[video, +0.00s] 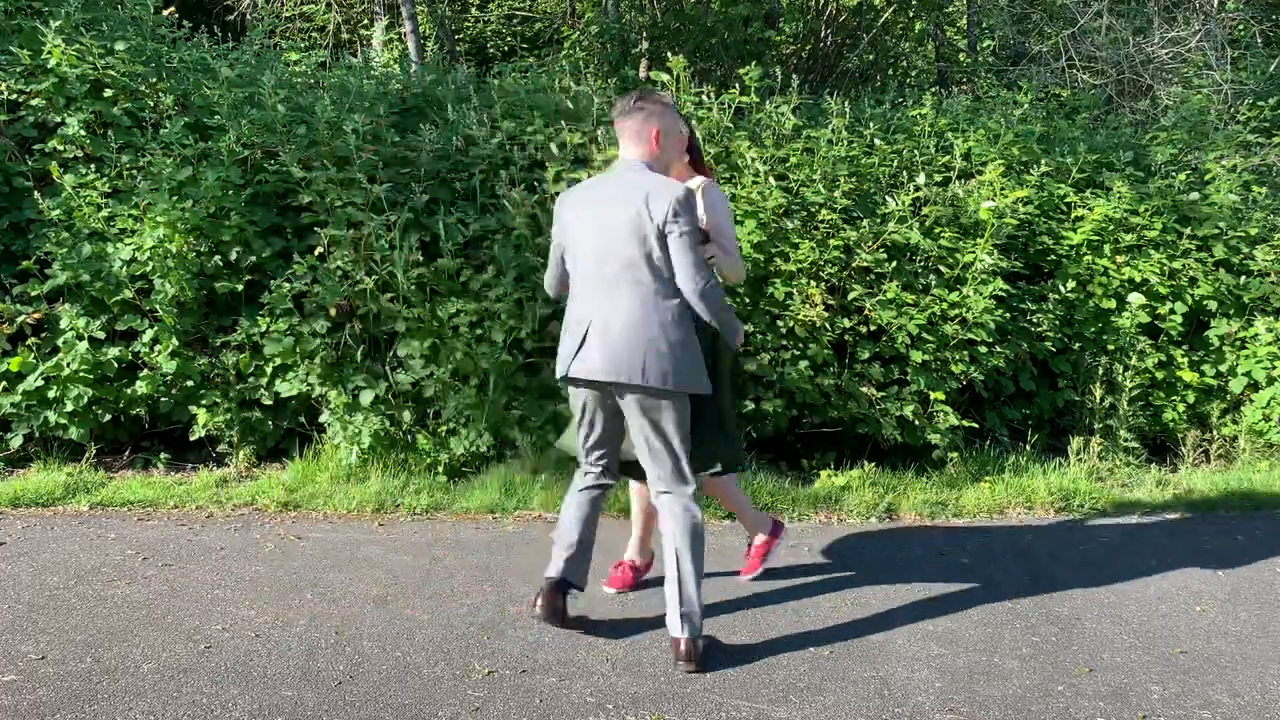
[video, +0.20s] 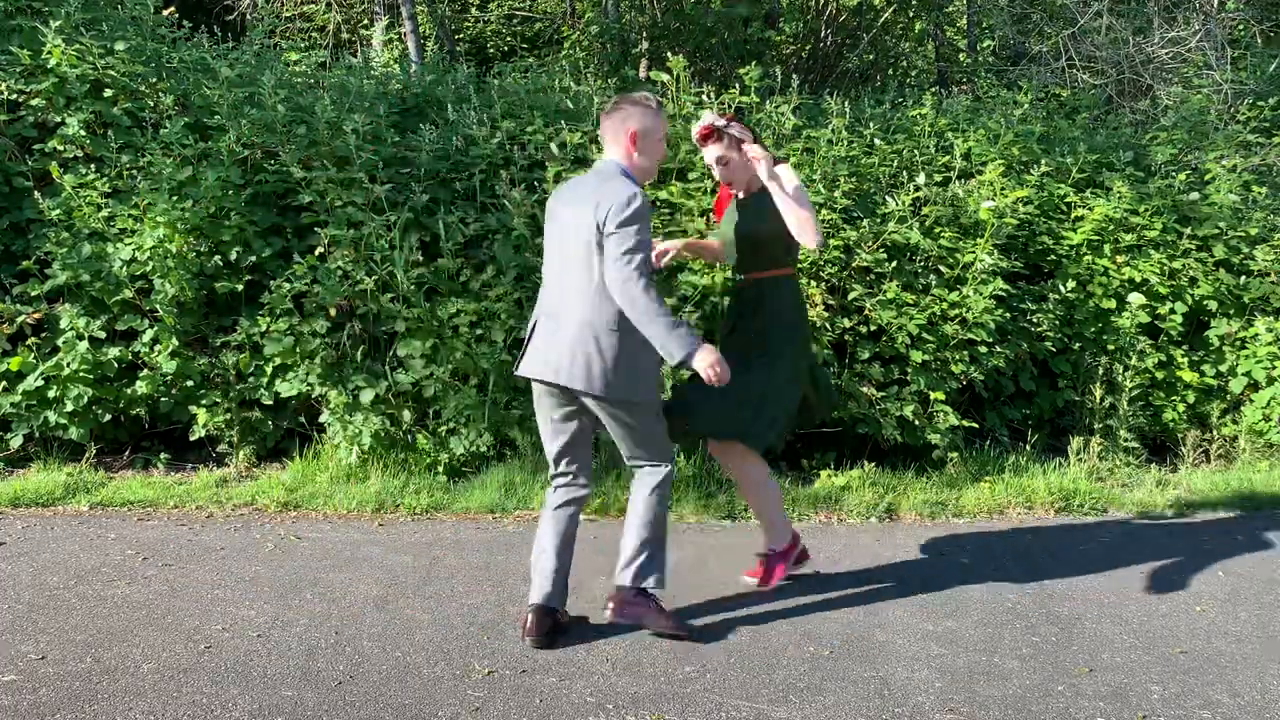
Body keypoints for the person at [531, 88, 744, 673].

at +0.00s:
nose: (682, 151)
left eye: (682, 141)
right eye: (679, 140)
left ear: (621, 138)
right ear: (656, 136)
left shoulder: (572, 198)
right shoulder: (669, 194)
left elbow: (556, 283)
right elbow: (695, 285)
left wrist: (607, 282)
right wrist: (734, 330)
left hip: (582, 356)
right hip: (653, 357)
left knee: (591, 472)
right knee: (673, 489)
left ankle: (556, 583)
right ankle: (686, 633)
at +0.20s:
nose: (663, 160)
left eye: (665, 149)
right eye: (661, 148)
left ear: (609, 141)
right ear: (634, 141)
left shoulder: (563, 194)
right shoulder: (624, 197)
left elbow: (568, 269)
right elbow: (627, 280)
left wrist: (641, 259)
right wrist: (690, 348)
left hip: (546, 356)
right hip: (605, 360)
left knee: (566, 479)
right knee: (653, 463)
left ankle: (543, 608)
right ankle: (635, 593)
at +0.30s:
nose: (660, 157)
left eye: (661, 145)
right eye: (655, 144)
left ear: (612, 144)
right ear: (624, 143)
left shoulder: (565, 194)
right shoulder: (606, 198)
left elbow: (600, 261)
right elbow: (594, 279)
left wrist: (661, 249)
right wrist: (633, 346)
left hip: (534, 358)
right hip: (585, 360)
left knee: (563, 480)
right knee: (641, 452)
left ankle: (542, 609)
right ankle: (606, 574)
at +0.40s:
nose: (658, 165)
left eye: (659, 154)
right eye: (652, 154)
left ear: (615, 154)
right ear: (618, 153)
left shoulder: (587, 203)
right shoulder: (594, 201)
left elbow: (623, 276)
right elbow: (554, 276)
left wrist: (685, 258)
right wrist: (571, 344)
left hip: (529, 364)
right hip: (573, 368)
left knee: (563, 477)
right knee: (623, 451)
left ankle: (542, 602)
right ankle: (574, 556)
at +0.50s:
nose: (657, 180)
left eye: (659, 170)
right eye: (652, 169)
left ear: (621, 166)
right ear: (616, 163)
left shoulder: (604, 223)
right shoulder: (582, 217)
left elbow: (627, 291)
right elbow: (530, 286)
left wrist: (698, 280)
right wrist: (515, 348)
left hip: (523, 378)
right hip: (562, 379)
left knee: (557, 480)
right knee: (604, 463)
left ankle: (538, 599)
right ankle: (557, 562)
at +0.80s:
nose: (651, 207)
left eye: (654, 198)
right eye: (645, 196)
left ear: (621, 192)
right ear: (609, 188)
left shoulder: (617, 248)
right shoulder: (558, 234)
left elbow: (639, 304)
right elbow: (501, 298)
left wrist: (706, 308)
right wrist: (451, 359)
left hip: (524, 376)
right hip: (536, 371)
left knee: (546, 479)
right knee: (595, 457)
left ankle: (473, 566)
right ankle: (557, 571)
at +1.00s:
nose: (636, 204)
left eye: (639, 195)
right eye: (628, 193)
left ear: (630, 194)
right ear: (594, 186)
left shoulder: (617, 248)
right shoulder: (541, 234)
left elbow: (653, 299)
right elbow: (492, 300)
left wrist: (721, 305)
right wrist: (461, 364)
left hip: (533, 375)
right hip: (519, 372)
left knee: (520, 481)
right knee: (590, 454)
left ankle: (408, 518)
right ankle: (555, 570)